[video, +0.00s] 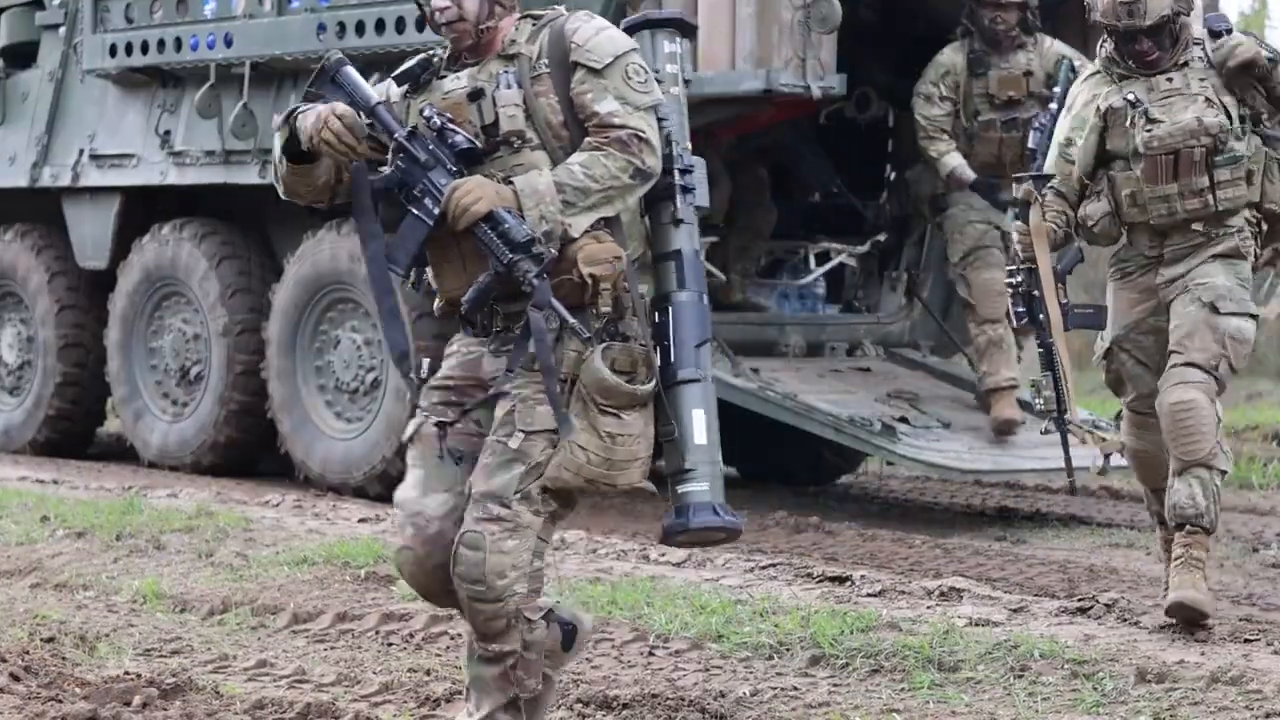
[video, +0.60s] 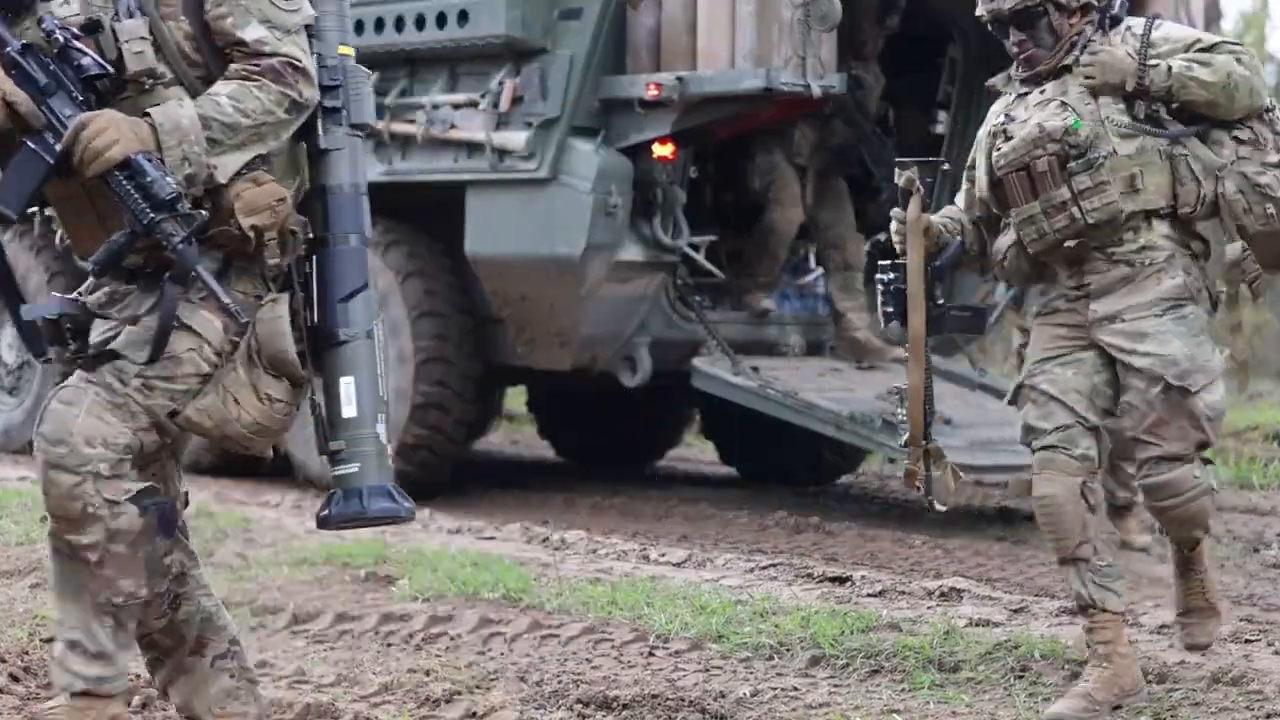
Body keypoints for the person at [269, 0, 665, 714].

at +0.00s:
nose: (439, 7)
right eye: (432, 2)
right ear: (429, 15)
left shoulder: (578, 41)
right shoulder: (418, 84)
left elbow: (632, 151)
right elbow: (318, 189)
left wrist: (519, 196)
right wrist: (306, 132)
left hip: (570, 333)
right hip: (473, 335)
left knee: (494, 556)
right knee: (426, 551)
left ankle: (504, 705)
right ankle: (542, 634)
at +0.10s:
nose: (399, 4)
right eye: (388, 3)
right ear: (377, 4)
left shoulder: (526, 21)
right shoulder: (363, 66)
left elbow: (579, 128)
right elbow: (236, 152)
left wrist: (464, 187)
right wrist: (271, 134)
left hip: (510, 321)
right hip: (409, 317)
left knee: (476, 577)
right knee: (319, 452)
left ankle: (492, 705)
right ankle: (365, 663)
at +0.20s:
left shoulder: (469, 9)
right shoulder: (302, 43)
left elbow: (520, 111)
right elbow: (169, 113)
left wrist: (402, 161)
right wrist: (209, 130)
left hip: (465, 301)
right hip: (359, 294)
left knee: (458, 557)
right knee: (257, 445)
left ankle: (490, 702)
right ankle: (246, 682)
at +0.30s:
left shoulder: (396, 5)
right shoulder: (210, 28)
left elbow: (458, 89)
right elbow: (95, 101)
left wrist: (335, 141)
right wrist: (149, 110)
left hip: (405, 286)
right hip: (289, 289)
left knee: (433, 530)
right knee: (231, 474)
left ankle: (478, 685)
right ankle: (248, 693)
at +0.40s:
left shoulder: (337, 5)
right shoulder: (139, 20)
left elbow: (397, 77)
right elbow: (21, 100)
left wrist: (266, 132)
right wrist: (70, 97)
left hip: (344, 274)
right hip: (235, 281)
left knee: (313, 530)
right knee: (181, 515)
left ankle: (423, 649)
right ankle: (243, 708)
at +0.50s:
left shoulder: (279, 4)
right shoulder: (99, 15)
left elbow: (345, 85)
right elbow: (37, 66)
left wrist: (215, 133)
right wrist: (30, 83)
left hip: (282, 256)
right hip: (166, 265)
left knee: (175, 476)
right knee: (139, 539)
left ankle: (283, 634)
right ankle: (214, 701)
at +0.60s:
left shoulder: (220, 2)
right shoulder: (44, 23)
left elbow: (286, 81)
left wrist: (156, 131)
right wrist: (14, 107)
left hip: (221, 270)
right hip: (115, 280)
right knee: (134, 517)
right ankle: (226, 703)